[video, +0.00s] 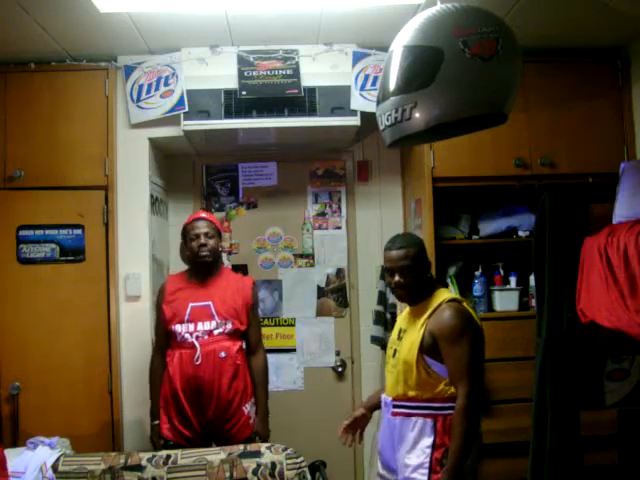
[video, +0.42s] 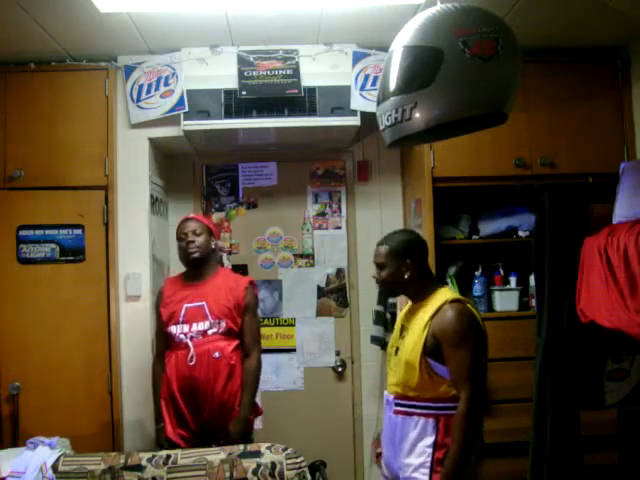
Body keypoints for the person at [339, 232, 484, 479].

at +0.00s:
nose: (397, 281)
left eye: (406, 272)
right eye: (390, 273)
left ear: (426, 268)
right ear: (384, 273)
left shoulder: (450, 318)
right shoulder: (408, 311)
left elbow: (467, 395)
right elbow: (406, 380)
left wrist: (450, 469)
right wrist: (367, 407)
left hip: (428, 446)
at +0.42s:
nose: (375, 275)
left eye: (381, 268)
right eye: (376, 268)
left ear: (407, 268)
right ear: (406, 269)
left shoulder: (453, 317)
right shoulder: (409, 310)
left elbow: (471, 397)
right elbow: (406, 385)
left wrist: (451, 469)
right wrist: (385, 435)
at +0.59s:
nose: (376, 283)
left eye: (381, 275)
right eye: (377, 275)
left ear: (403, 275)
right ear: (403, 275)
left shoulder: (454, 323)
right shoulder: (418, 317)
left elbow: (468, 402)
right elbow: (412, 392)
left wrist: (447, 467)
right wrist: (388, 443)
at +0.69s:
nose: (376, 284)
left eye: (381, 276)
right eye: (377, 276)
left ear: (403, 277)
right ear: (402, 277)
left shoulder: (456, 325)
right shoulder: (420, 318)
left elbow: (469, 403)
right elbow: (408, 392)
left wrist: (448, 468)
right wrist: (390, 448)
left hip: (430, 449)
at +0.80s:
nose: (378, 281)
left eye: (383, 272)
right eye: (379, 272)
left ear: (405, 274)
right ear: (404, 274)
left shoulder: (457, 322)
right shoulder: (422, 315)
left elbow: (471, 401)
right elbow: (410, 390)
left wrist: (449, 469)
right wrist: (392, 445)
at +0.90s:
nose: (380, 274)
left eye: (385, 266)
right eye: (382, 266)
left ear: (407, 269)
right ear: (406, 269)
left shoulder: (457, 318)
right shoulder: (423, 311)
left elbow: (472, 398)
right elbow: (413, 387)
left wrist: (449, 469)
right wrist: (394, 443)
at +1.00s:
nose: (382, 272)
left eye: (388, 264)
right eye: (384, 264)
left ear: (410, 268)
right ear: (409, 268)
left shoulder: (458, 319)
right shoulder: (424, 312)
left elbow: (472, 401)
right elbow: (414, 387)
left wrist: (449, 469)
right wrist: (393, 441)